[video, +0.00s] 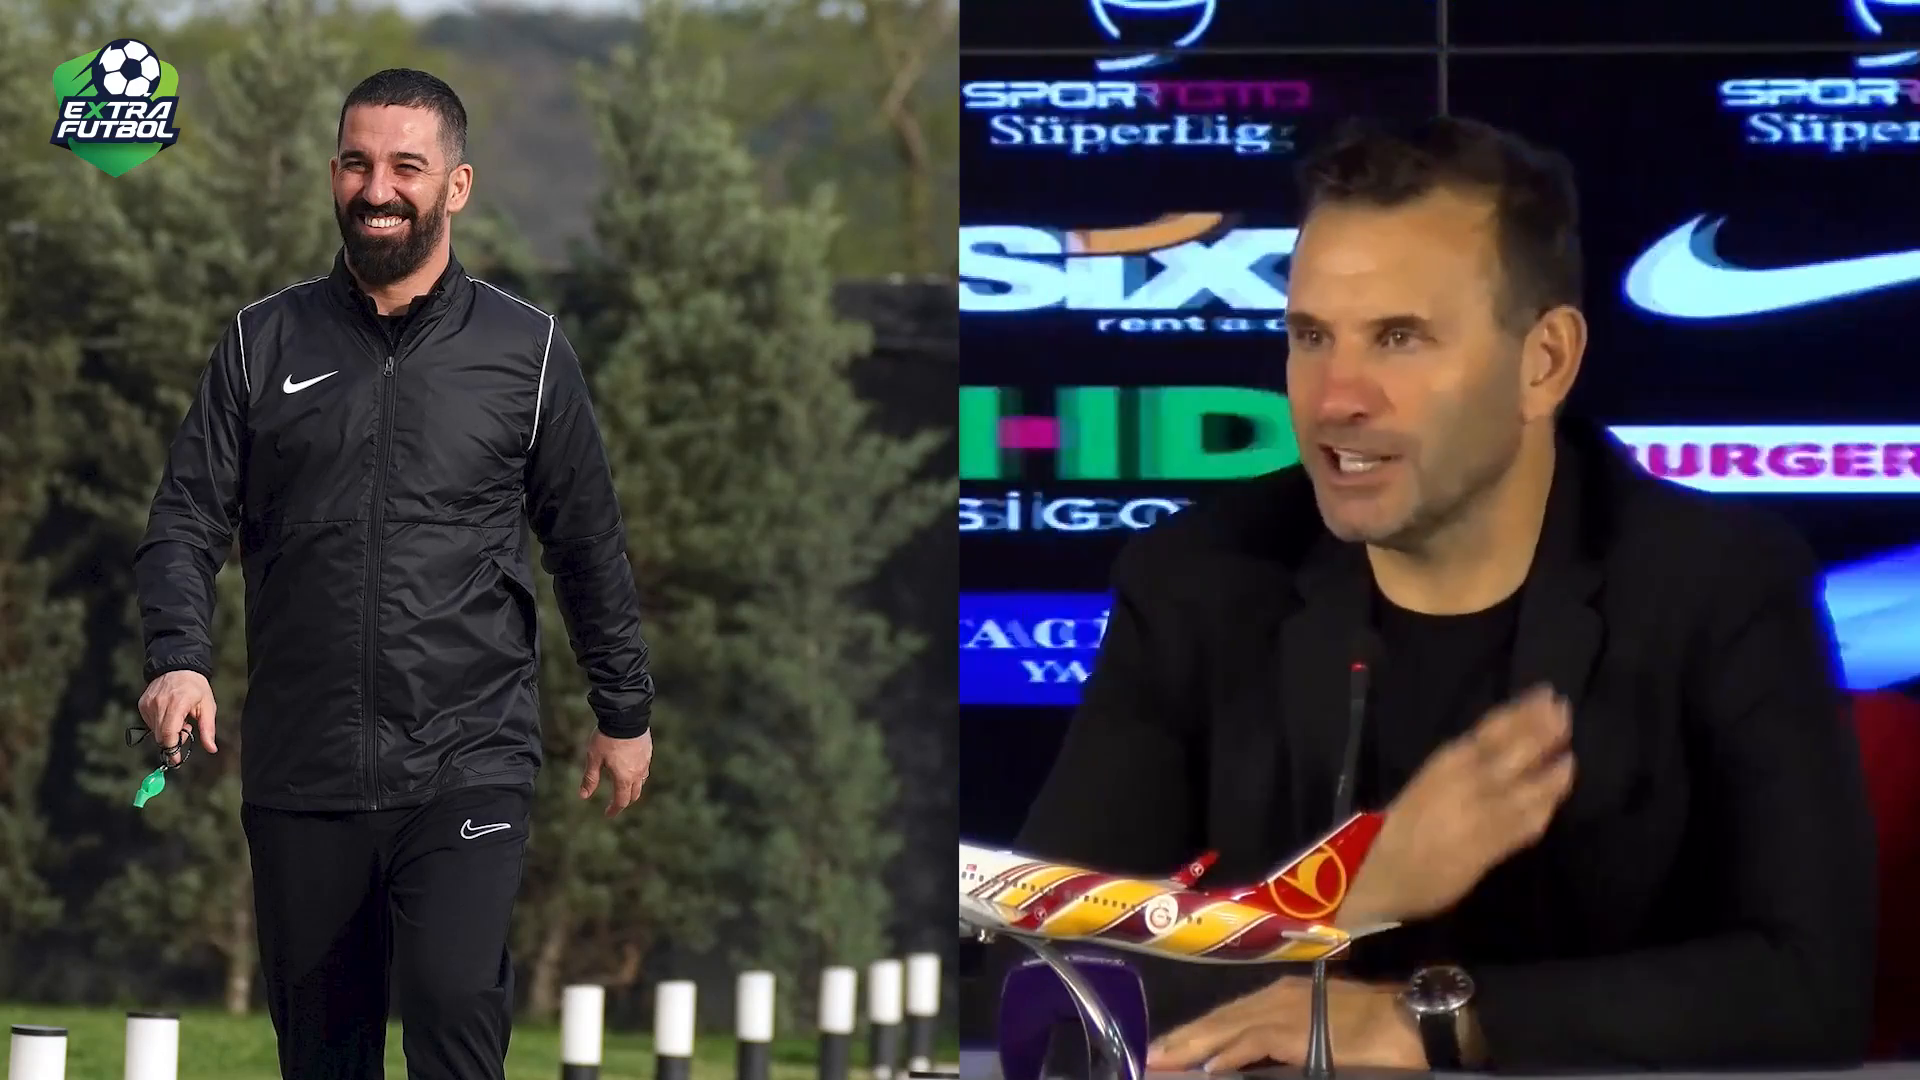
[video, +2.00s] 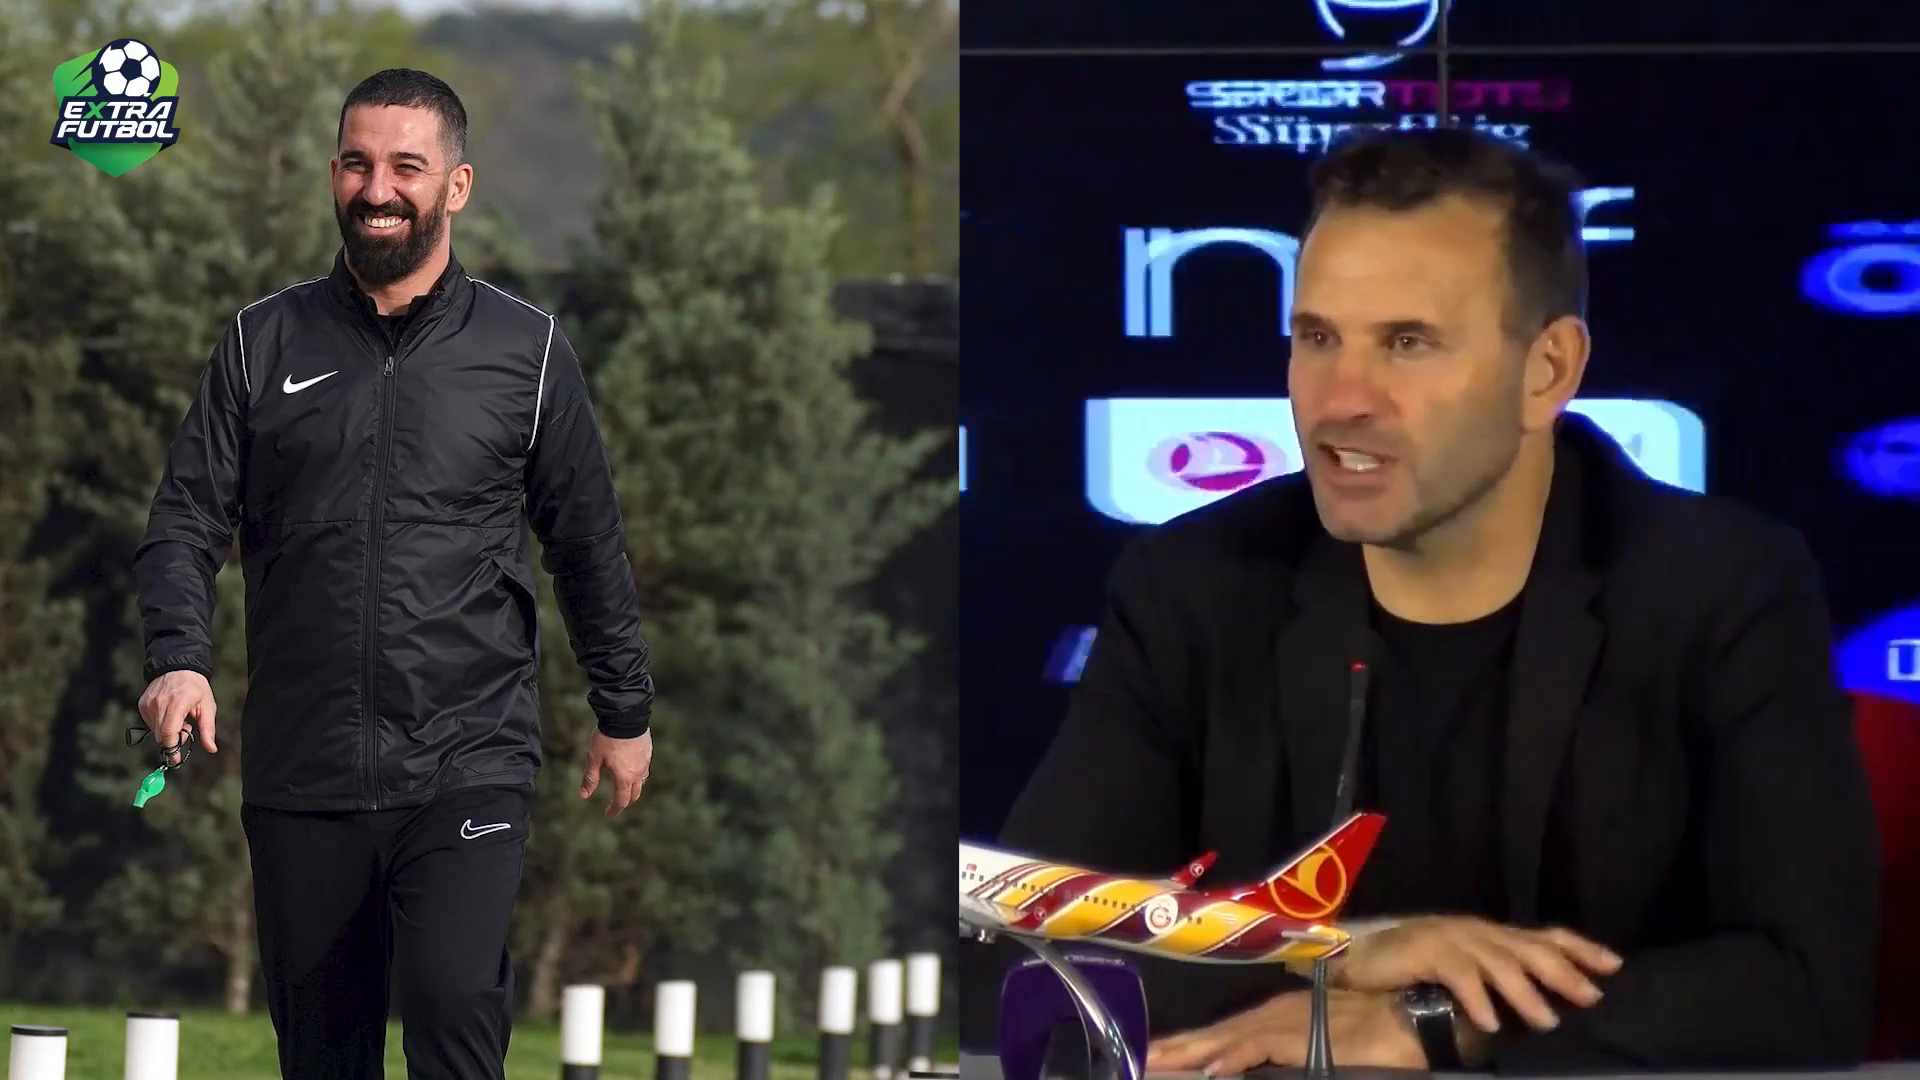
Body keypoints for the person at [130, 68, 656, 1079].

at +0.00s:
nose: (376, 187)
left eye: (405, 164)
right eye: (356, 162)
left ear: (458, 185)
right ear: (334, 176)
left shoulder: (529, 349)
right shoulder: (260, 343)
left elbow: (589, 540)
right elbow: (187, 513)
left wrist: (623, 708)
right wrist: (178, 658)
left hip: (472, 753)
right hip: (302, 755)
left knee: (455, 1018)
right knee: (320, 1042)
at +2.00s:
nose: (376, 187)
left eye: (405, 164)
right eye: (356, 162)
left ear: (458, 185)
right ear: (334, 176)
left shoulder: (529, 349)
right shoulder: (259, 343)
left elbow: (588, 540)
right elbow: (187, 513)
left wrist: (623, 709)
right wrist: (178, 658)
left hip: (472, 752)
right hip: (302, 755)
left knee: (455, 1018)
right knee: (320, 1042)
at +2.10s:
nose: (376, 187)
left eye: (405, 164)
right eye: (356, 162)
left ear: (458, 185)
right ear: (334, 176)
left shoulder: (529, 349)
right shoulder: (259, 343)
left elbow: (588, 541)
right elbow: (187, 513)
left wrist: (623, 709)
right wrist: (178, 658)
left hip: (472, 752)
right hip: (302, 755)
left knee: (455, 1018)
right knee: (320, 1041)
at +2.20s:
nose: (376, 187)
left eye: (405, 164)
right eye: (356, 162)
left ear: (458, 185)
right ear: (334, 176)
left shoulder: (529, 349)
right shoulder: (259, 343)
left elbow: (588, 541)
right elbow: (187, 513)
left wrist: (623, 709)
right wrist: (178, 658)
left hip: (472, 752)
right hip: (302, 755)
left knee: (455, 1018)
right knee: (320, 1042)